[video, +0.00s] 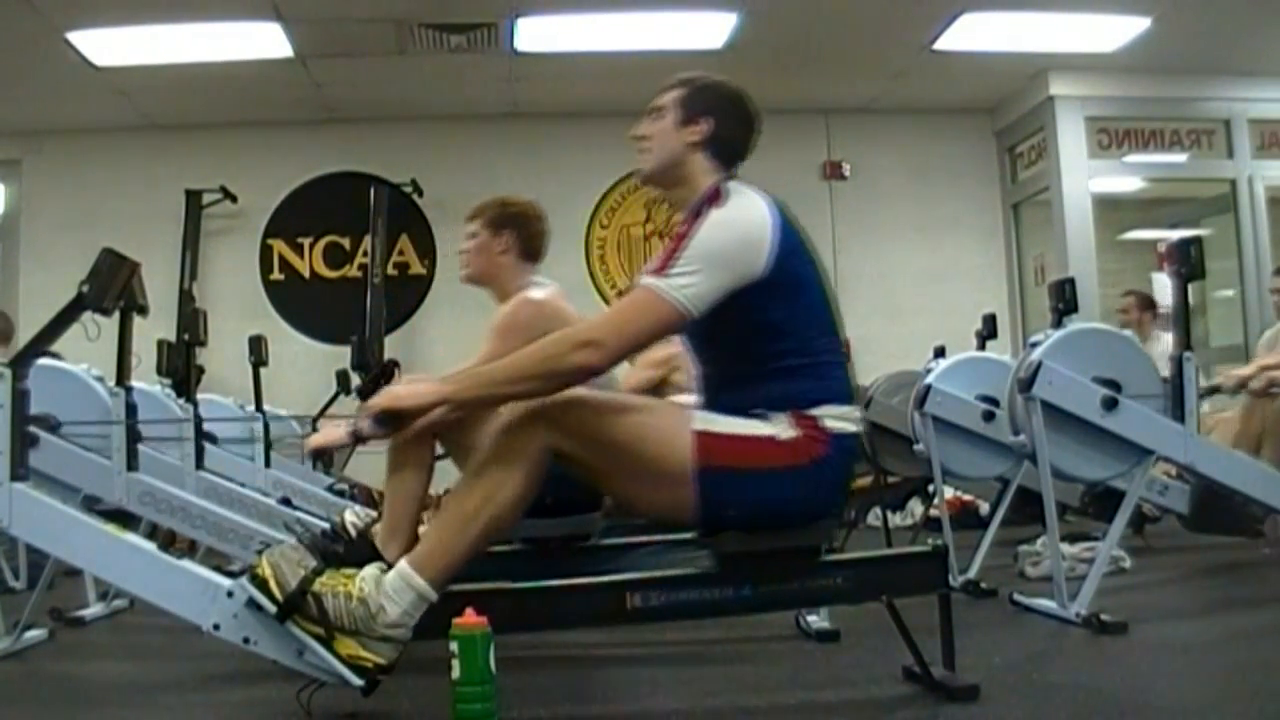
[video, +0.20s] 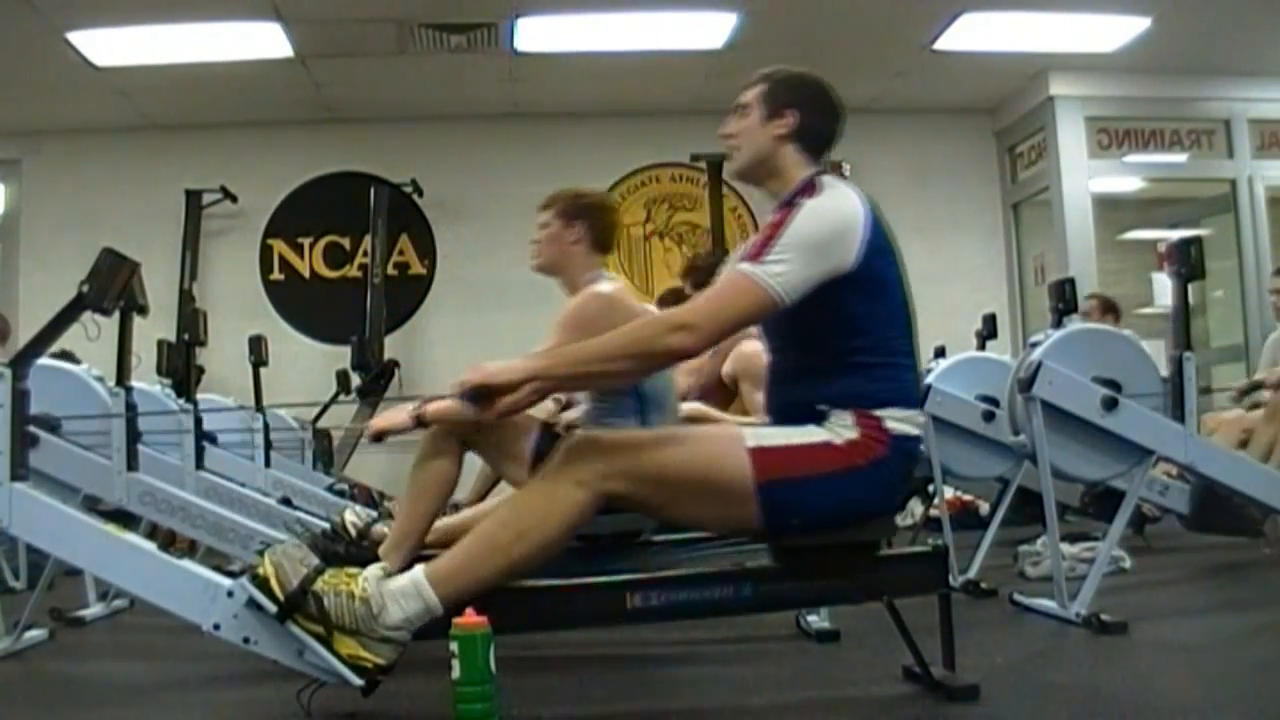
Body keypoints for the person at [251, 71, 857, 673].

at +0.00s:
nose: (636, 134)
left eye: (654, 117)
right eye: (641, 120)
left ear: (700, 131)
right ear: (690, 135)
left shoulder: (738, 219)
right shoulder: (702, 227)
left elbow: (594, 348)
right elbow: (591, 345)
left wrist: (441, 389)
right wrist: (446, 394)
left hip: (797, 448)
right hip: (754, 440)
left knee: (542, 414)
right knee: (527, 418)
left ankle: (388, 609)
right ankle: (386, 598)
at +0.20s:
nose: (724, 134)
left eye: (739, 117)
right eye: (730, 121)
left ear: (788, 126)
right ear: (784, 131)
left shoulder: (827, 211)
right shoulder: (790, 218)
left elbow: (688, 333)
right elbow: (680, 329)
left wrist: (530, 372)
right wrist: (541, 386)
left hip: (860, 446)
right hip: (822, 439)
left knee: (594, 457)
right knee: (583, 460)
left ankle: (396, 610)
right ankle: (390, 592)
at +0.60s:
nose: (838, 137)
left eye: (850, 119)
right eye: (839, 122)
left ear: (900, 124)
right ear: (887, 127)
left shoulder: (933, 204)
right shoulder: (882, 221)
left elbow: (883, 347)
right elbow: (816, 342)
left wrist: (721, 355)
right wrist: (700, 354)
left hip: (886, 437)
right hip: (847, 432)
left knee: (635, 536)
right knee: (623, 530)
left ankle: (397, 610)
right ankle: (401, 604)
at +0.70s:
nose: (841, 139)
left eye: (853, 121)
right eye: (842, 124)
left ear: (902, 122)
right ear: (895, 126)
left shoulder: (936, 201)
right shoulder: (897, 215)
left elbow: (928, 352)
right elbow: (879, 358)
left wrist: (772, 348)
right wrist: (765, 360)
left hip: (886, 439)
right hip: (849, 432)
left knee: (640, 530)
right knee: (632, 527)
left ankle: (402, 611)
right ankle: (404, 605)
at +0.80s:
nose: (836, 143)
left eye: (848, 124)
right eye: (837, 128)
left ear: (899, 122)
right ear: (892, 127)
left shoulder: (934, 199)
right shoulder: (892, 217)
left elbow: (975, 342)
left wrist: (821, 346)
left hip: (885, 440)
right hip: (849, 433)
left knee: (645, 524)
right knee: (633, 517)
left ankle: (398, 612)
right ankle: (397, 604)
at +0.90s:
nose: (829, 141)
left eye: (843, 121)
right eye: (831, 127)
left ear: (894, 123)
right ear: (888, 132)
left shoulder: (932, 201)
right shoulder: (888, 221)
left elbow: (1017, 329)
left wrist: (861, 343)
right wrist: (824, 340)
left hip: (889, 443)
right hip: (850, 435)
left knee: (646, 521)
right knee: (622, 508)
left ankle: (404, 610)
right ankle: (396, 595)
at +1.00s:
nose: (822, 135)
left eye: (834, 118)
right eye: (825, 120)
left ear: (883, 122)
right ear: (872, 126)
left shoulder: (926, 196)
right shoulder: (880, 222)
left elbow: (1032, 321)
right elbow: (823, 374)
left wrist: (880, 344)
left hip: (889, 443)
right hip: (847, 432)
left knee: (644, 521)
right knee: (628, 510)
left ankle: (399, 609)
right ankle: (399, 600)